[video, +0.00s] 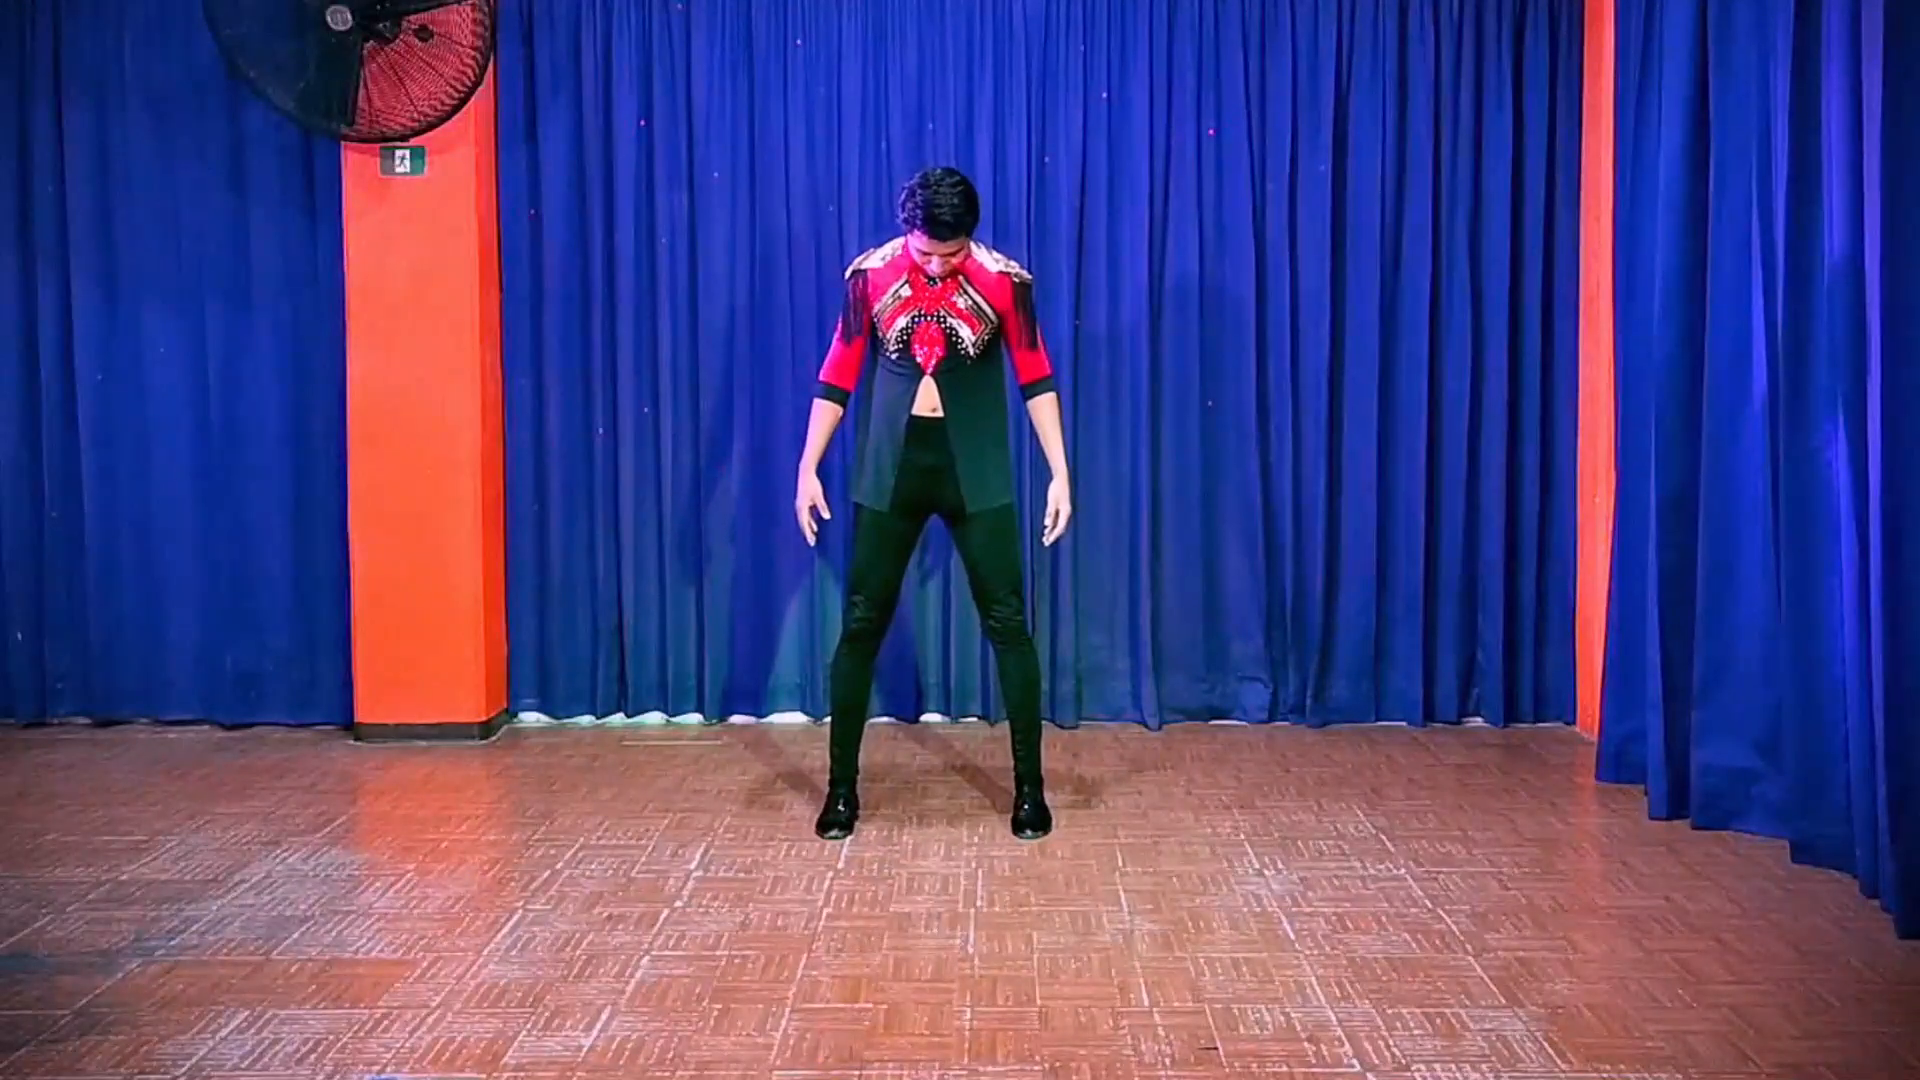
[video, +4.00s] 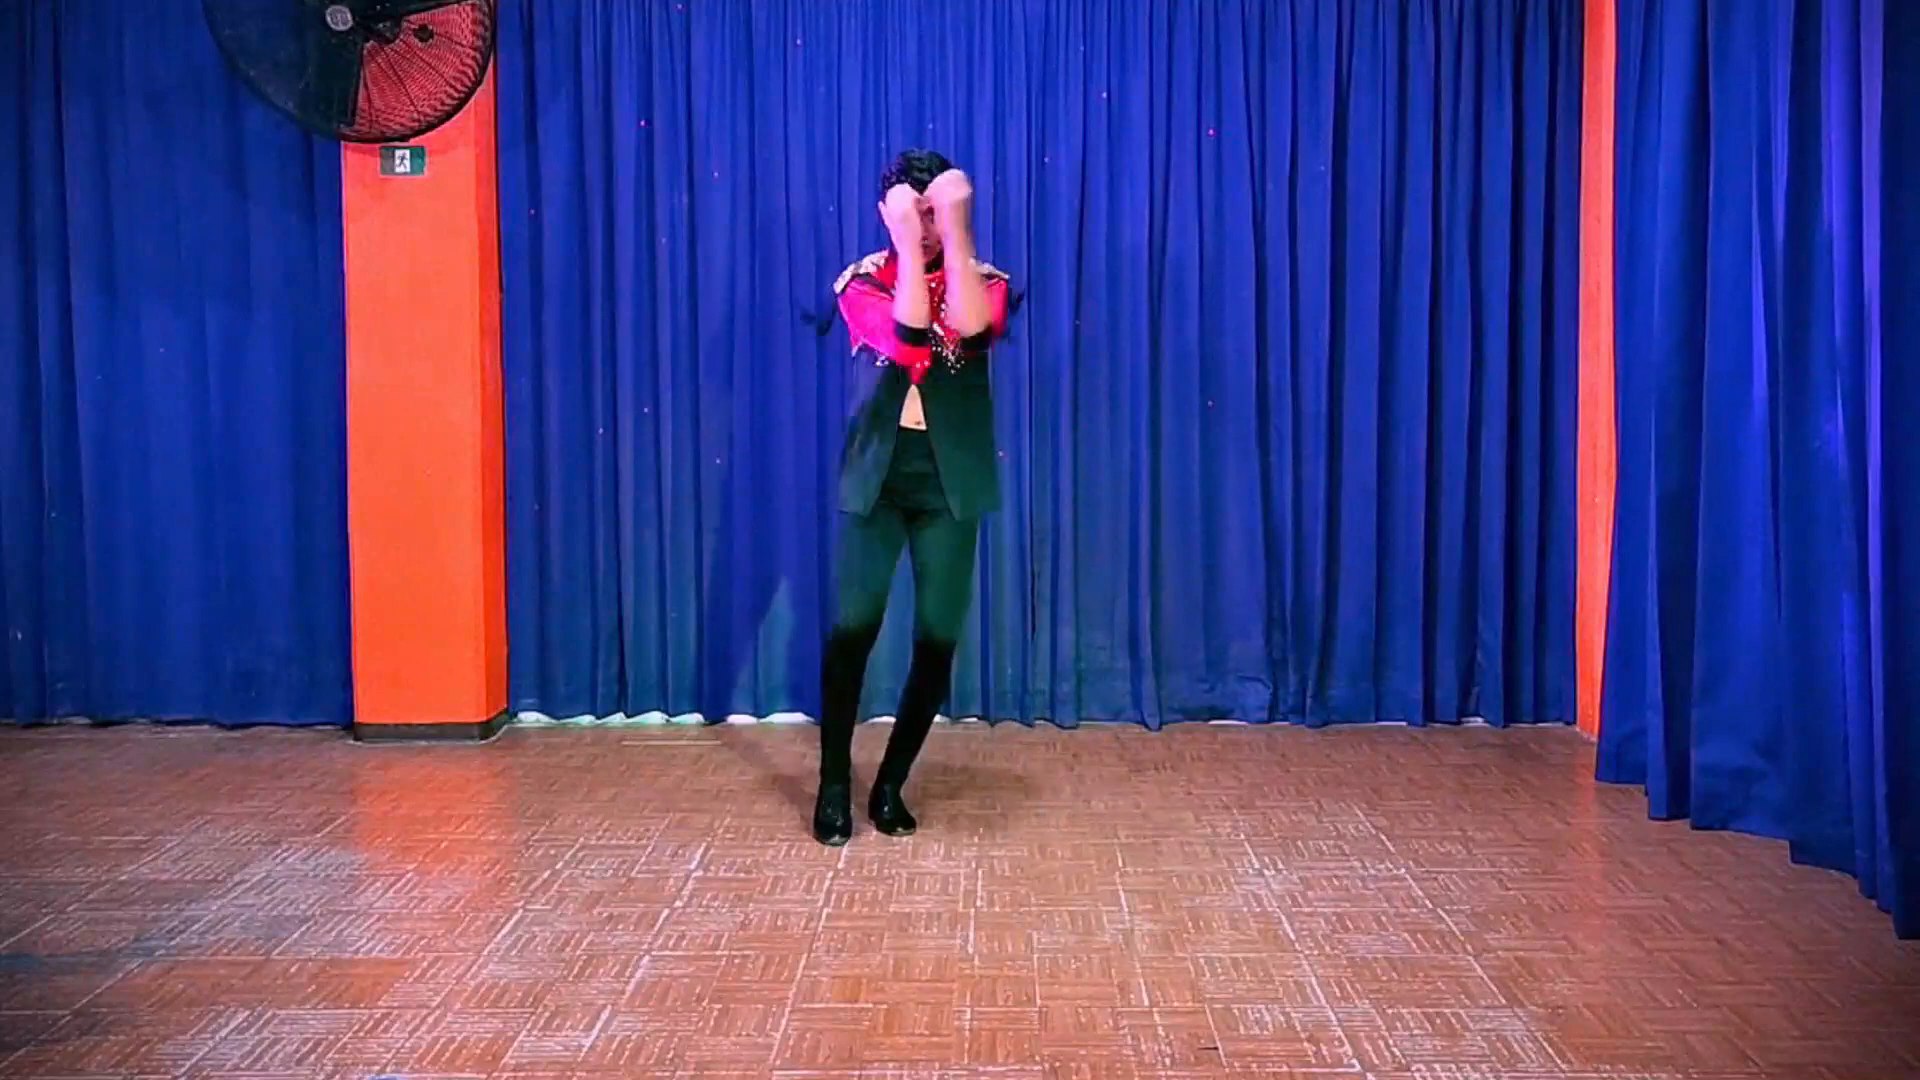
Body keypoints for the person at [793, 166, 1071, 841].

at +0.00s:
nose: (940, 262)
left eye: (953, 251)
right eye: (928, 250)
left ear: (972, 234)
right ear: (908, 231)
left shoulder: (1004, 281)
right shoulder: (870, 277)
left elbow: (1035, 378)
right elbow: (839, 375)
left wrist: (1060, 472)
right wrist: (808, 467)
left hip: (978, 465)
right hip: (891, 464)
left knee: (1006, 618)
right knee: (863, 620)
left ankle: (1028, 784)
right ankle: (841, 786)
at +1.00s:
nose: (941, 258)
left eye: (953, 247)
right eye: (928, 246)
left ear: (974, 229)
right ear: (909, 228)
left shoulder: (1006, 282)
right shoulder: (872, 275)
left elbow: (1035, 379)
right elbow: (839, 372)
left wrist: (1058, 473)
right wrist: (807, 464)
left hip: (976, 466)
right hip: (889, 464)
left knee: (1007, 622)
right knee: (862, 623)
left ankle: (1029, 786)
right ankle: (841, 786)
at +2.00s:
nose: (942, 257)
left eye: (955, 245)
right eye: (930, 245)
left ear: (973, 227)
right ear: (908, 226)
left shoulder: (1005, 280)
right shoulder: (872, 275)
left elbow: (1035, 379)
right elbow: (840, 373)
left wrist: (1058, 473)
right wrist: (809, 465)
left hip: (978, 468)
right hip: (889, 466)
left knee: (1007, 624)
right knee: (862, 626)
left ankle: (1028, 785)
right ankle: (842, 786)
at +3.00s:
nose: (940, 257)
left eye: (953, 245)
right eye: (927, 245)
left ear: (972, 227)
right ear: (907, 226)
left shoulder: (1006, 281)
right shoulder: (871, 275)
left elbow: (1035, 379)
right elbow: (839, 372)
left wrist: (1058, 472)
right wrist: (807, 464)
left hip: (977, 468)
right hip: (889, 467)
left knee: (1007, 625)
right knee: (862, 626)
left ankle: (1028, 785)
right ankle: (842, 786)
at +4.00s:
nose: (922, 216)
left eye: (932, 202)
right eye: (910, 204)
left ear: (953, 210)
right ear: (890, 214)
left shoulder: (989, 279)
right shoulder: (862, 280)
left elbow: (971, 322)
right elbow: (903, 335)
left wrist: (957, 226)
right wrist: (908, 242)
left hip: (953, 477)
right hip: (876, 473)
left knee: (939, 637)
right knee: (855, 623)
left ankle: (891, 785)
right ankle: (834, 783)